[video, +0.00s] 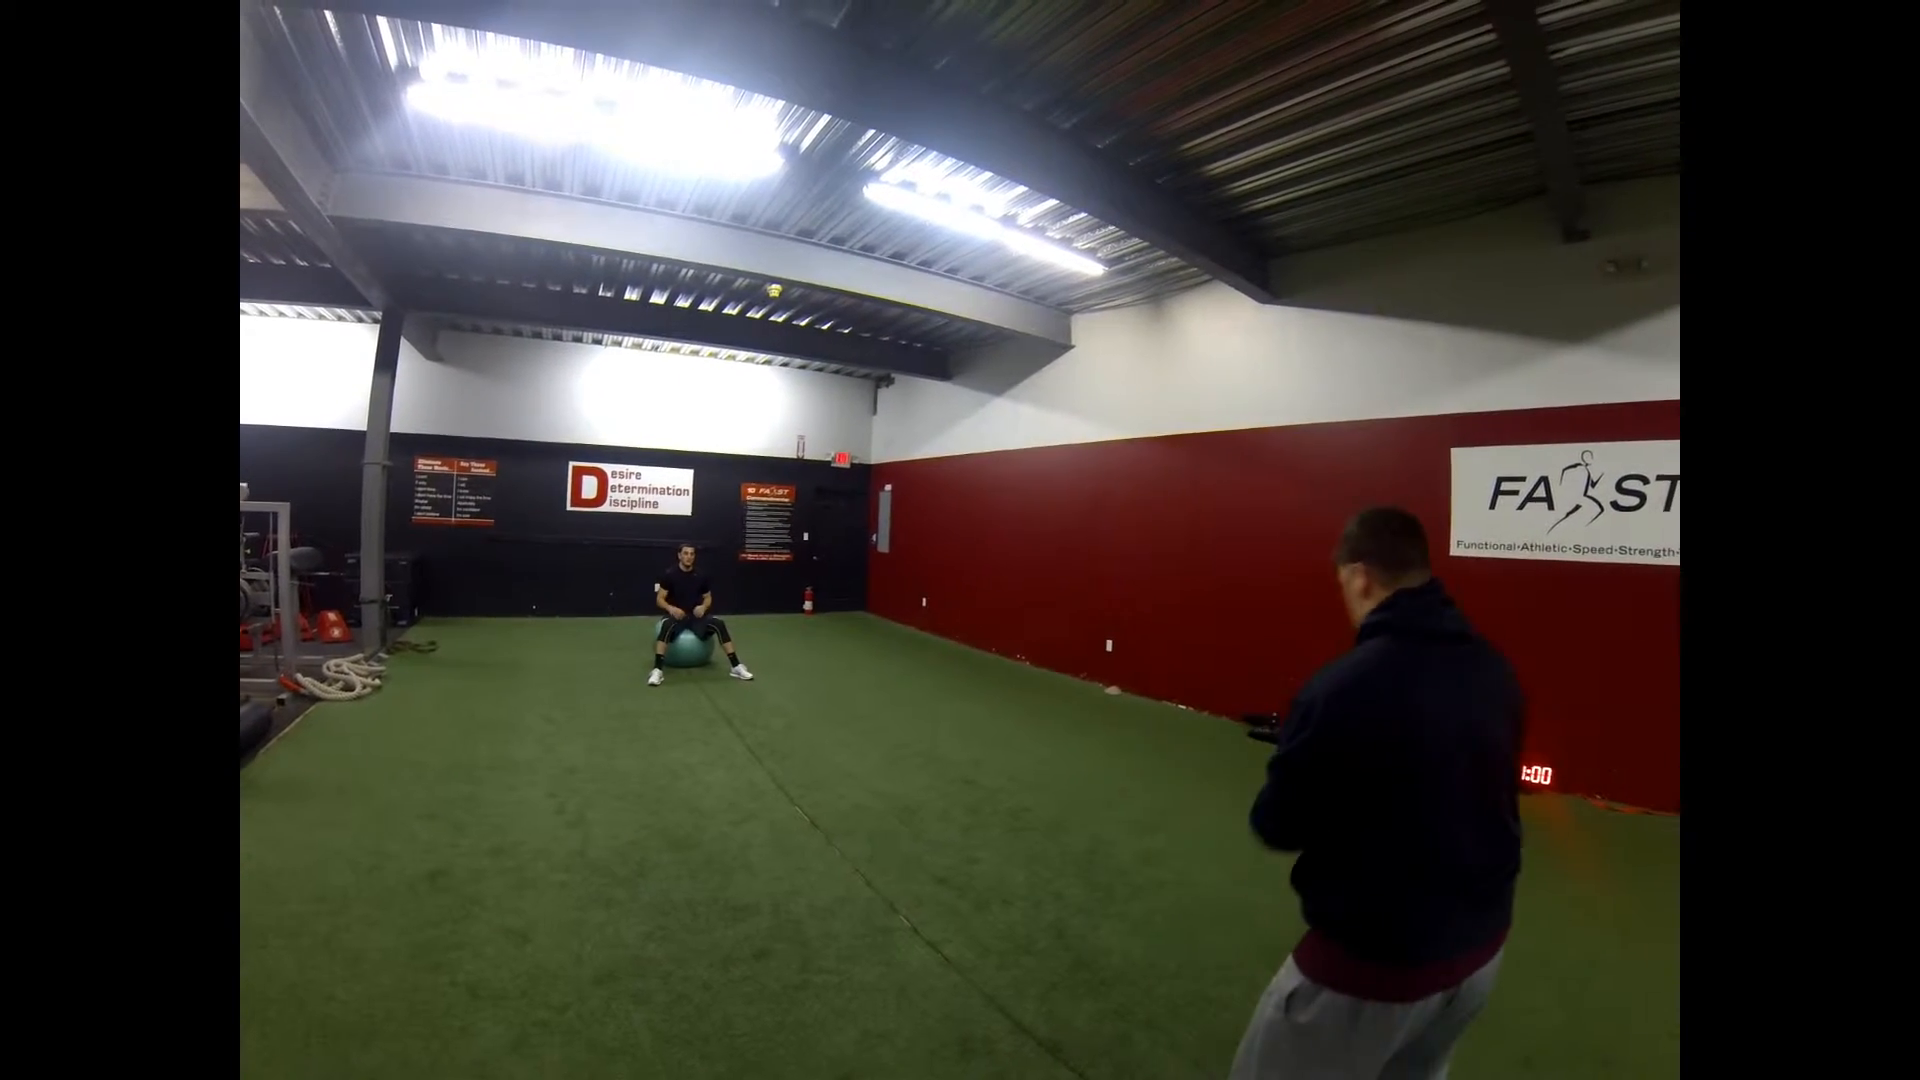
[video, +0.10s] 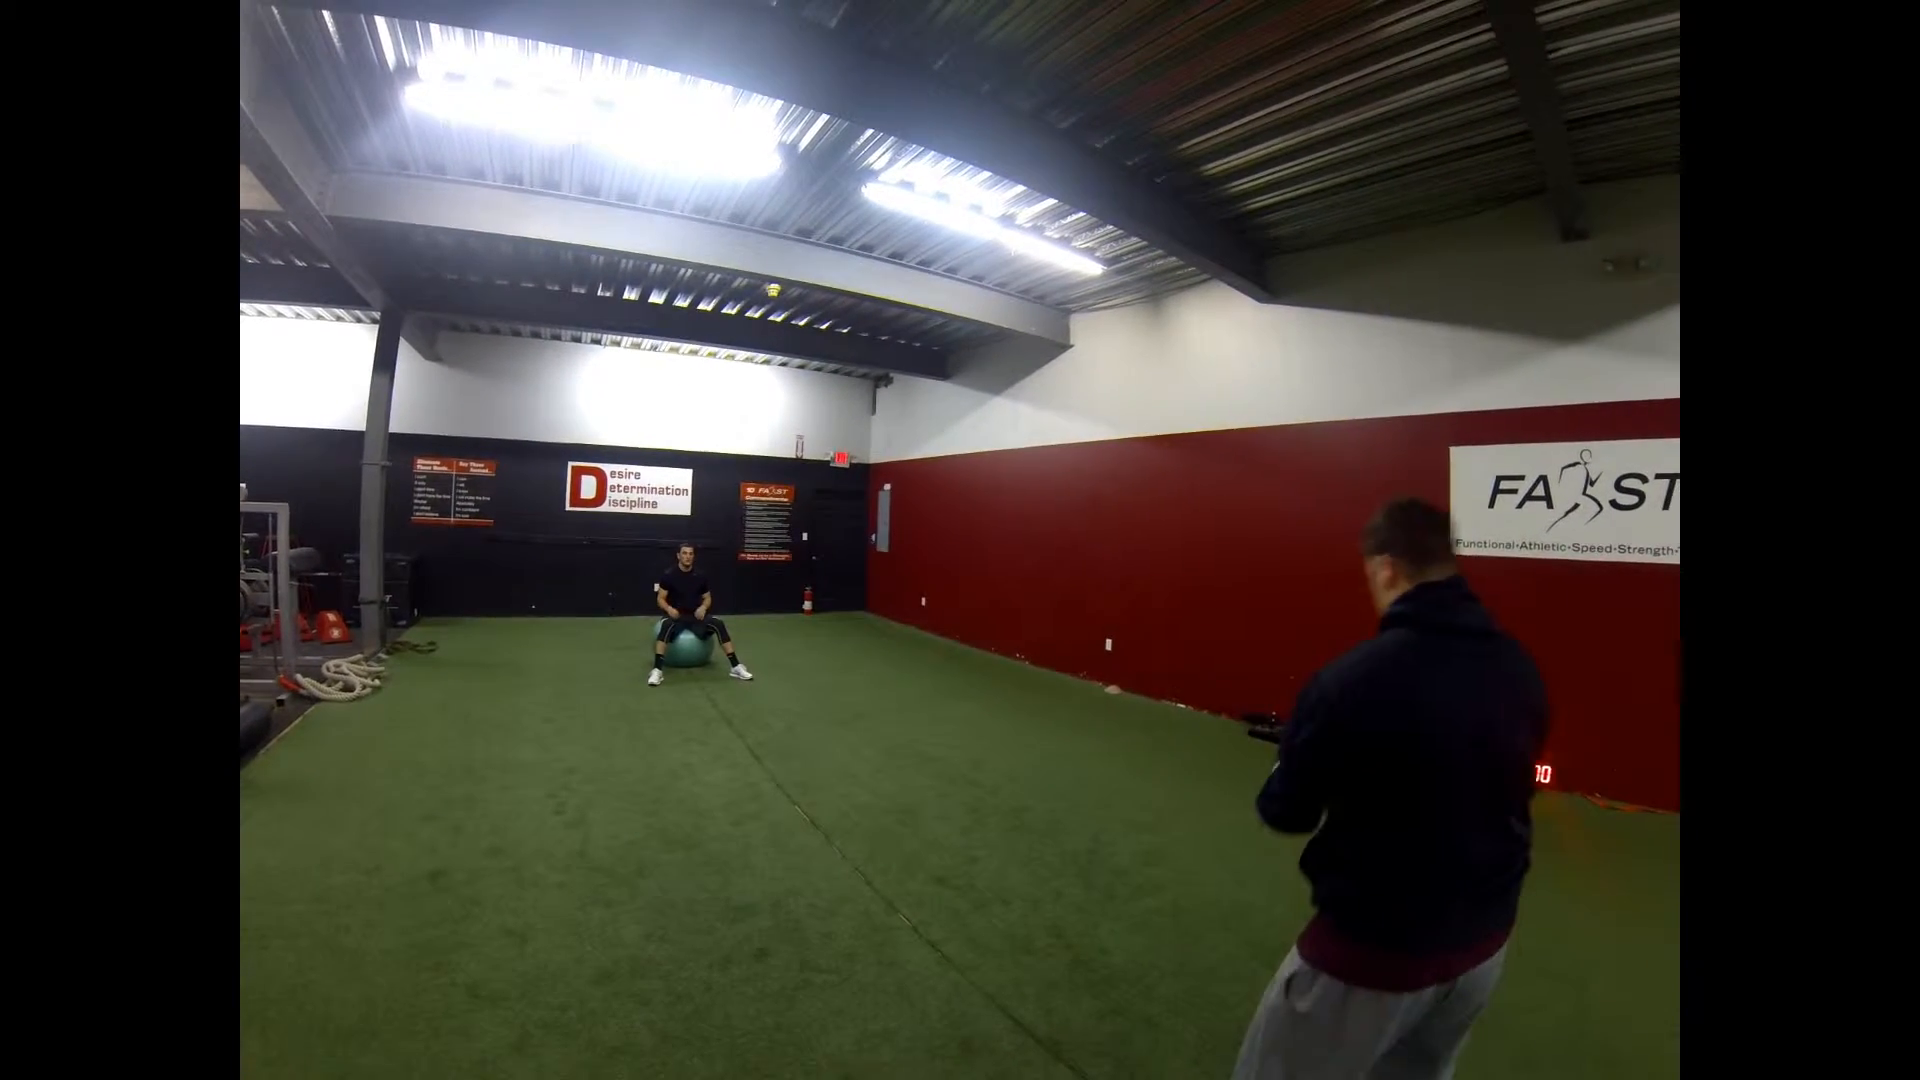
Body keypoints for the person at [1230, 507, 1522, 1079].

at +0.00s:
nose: (1342, 591)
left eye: (1342, 576)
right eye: (1341, 578)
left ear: (1360, 576)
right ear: (1424, 570)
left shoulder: (1343, 690)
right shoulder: (1490, 669)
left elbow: (1276, 823)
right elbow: (1482, 794)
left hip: (1359, 978)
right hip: (1471, 962)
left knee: (1267, 1070)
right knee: (1412, 1072)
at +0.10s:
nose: (1368, 583)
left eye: (1369, 569)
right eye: (1369, 569)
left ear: (1386, 568)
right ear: (1450, 560)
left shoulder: (1352, 683)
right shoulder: (1514, 668)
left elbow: (1285, 809)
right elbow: (1499, 788)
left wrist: (1299, 750)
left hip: (1364, 965)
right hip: (1477, 956)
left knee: (1274, 1072)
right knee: (1416, 1073)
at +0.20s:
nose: (1411, 572)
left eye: (1412, 559)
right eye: (1411, 559)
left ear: (1426, 560)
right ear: (1493, 556)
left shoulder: (1381, 668)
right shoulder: (1548, 671)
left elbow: (1309, 788)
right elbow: (1531, 795)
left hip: (1369, 949)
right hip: (1481, 950)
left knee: (1279, 1071)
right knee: (1418, 1074)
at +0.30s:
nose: (1432, 568)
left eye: (1434, 555)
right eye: (1436, 555)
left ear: (1447, 558)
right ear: (1517, 557)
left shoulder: (1399, 663)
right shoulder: (1565, 675)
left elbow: (1324, 772)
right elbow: (1539, 799)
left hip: (1372, 944)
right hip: (1484, 949)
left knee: (1270, 1067)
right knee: (1424, 1073)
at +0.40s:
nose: (1457, 569)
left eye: (1458, 555)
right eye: (1458, 555)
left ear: (1474, 558)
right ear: (1542, 561)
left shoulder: (1413, 657)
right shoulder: (1583, 689)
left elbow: (1341, 757)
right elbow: (1543, 804)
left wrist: (1428, 733)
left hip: (1370, 927)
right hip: (1483, 941)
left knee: (1263, 1051)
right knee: (1426, 1072)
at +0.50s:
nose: (1463, 572)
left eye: (1467, 557)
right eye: (1464, 557)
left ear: (1489, 561)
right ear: (1551, 567)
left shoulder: (1416, 655)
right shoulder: (1583, 692)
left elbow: (1346, 750)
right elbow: (1551, 805)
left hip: (1369, 913)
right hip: (1479, 930)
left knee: (1269, 1032)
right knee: (1427, 1070)